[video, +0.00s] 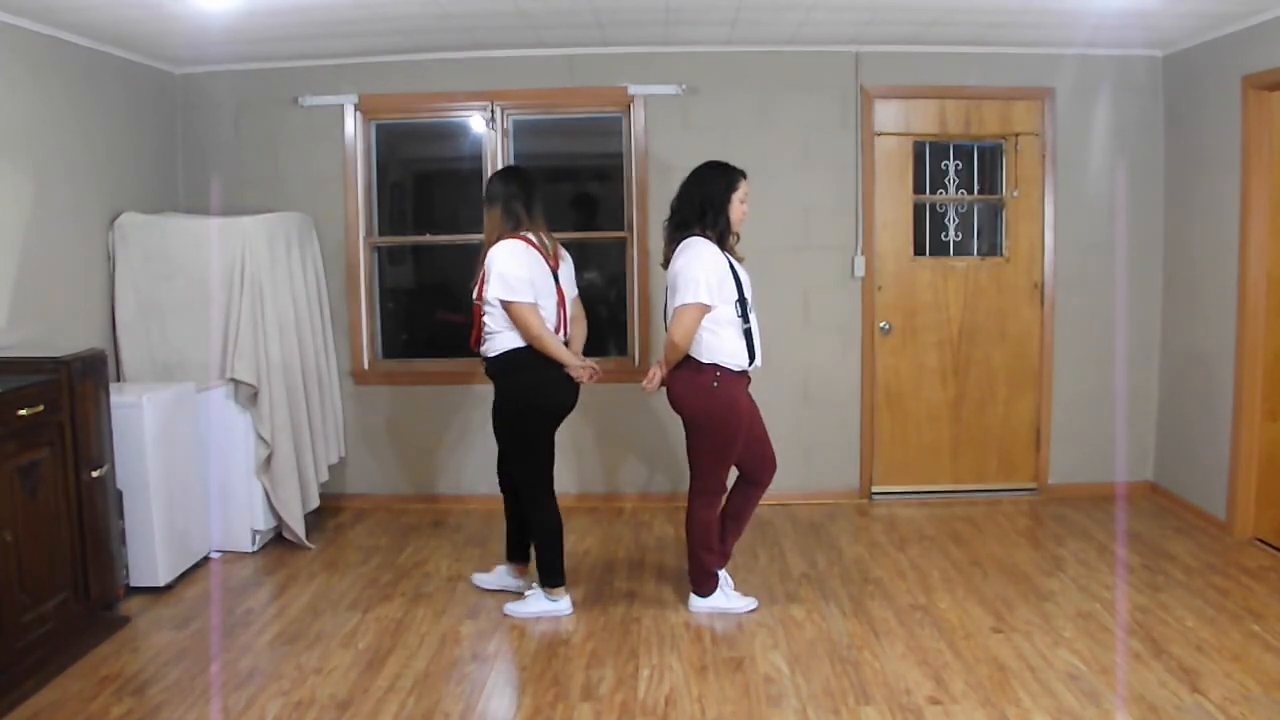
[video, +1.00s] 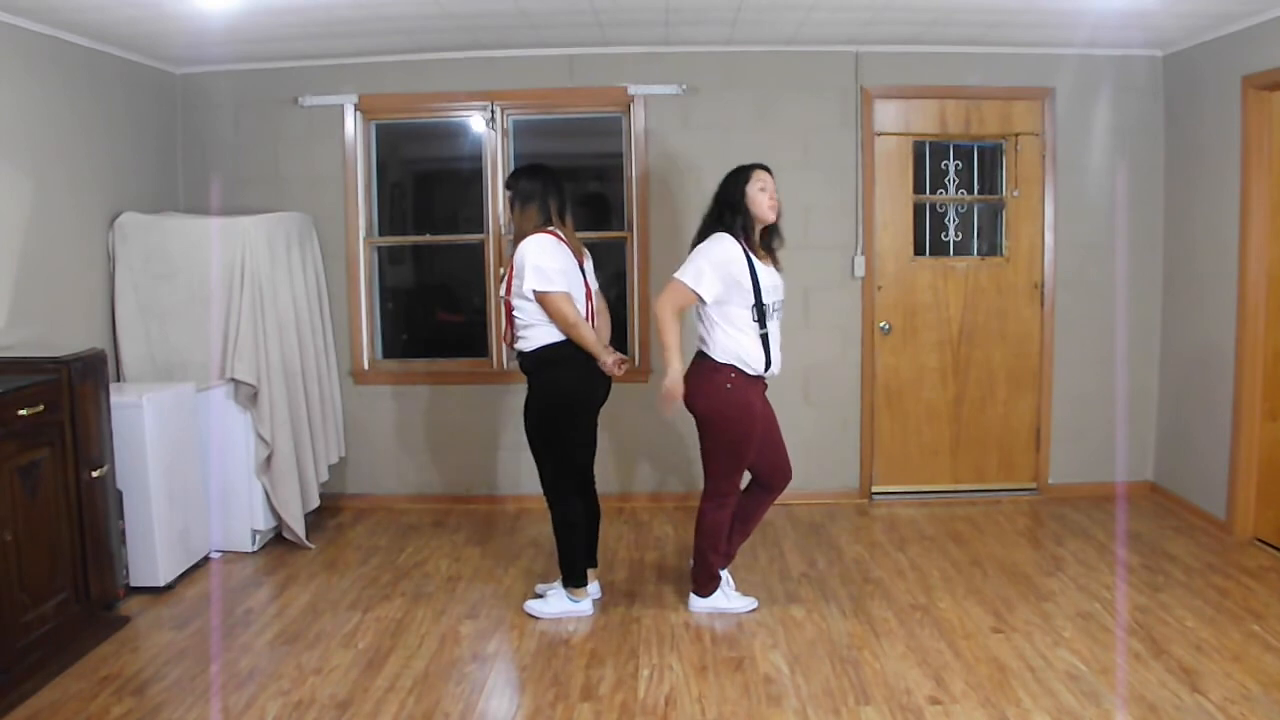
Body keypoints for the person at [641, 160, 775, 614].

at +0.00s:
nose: (746, 210)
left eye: (747, 201)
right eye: (741, 201)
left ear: (715, 203)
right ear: (717, 202)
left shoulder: (715, 252)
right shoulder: (698, 253)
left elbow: (686, 325)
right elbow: (680, 336)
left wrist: (663, 365)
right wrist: (663, 367)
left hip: (727, 380)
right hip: (708, 381)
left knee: (759, 470)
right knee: (707, 488)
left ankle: (713, 564)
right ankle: (705, 589)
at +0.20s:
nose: (748, 211)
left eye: (748, 201)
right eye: (743, 202)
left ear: (716, 203)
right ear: (719, 203)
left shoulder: (716, 253)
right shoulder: (701, 254)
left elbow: (686, 328)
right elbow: (681, 338)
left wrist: (666, 365)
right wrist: (664, 368)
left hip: (728, 381)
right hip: (708, 382)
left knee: (758, 472)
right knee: (708, 488)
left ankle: (708, 563)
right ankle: (704, 590)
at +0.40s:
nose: (750, 210)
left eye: (749, 200)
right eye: (745, 200)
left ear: (719, 201)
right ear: (723, 201)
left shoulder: (718, 251)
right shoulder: (703, 252)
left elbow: (688, 324)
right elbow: (683, 337)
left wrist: (666, 363)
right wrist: (665, 367)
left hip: (730, 382)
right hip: (710, 383)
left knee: (758, 472)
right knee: (709, 488)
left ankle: (708, 564)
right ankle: (704, 590)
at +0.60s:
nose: (754, 209)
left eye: (754, 200)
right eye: (749, 200)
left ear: (726, 200)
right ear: (727, 201)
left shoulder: (724, 251)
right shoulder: (706, 252)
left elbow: (693, 326)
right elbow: (683, 338)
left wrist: (669, 364)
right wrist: (668, 366)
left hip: (733, 382)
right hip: (712, 383)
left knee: (762, 471)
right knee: (710, 488)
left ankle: (711, 563)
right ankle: (705, 590)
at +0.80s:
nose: (763, 209)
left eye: (762, 200)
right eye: (757, 200)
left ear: (734, 201)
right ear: (733, 201)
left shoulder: (734, 251)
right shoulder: (712, 250)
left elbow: (706, 321)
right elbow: (680, 329)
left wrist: (677, 363)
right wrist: (678, 364)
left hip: (738, 383)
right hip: (716, 384)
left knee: (767, 473)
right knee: (712, 489)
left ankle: (713, 563)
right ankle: (705, 589)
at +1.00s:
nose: (773, 197)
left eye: (774, 191)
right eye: (763, 190)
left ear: (773, 202)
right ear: (738, 198)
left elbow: (746, 318)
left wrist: (755, 373)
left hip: (747, 384)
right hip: (722, 383)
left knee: (774, 475)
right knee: (721, 489)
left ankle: (715, 563)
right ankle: (705, 589)